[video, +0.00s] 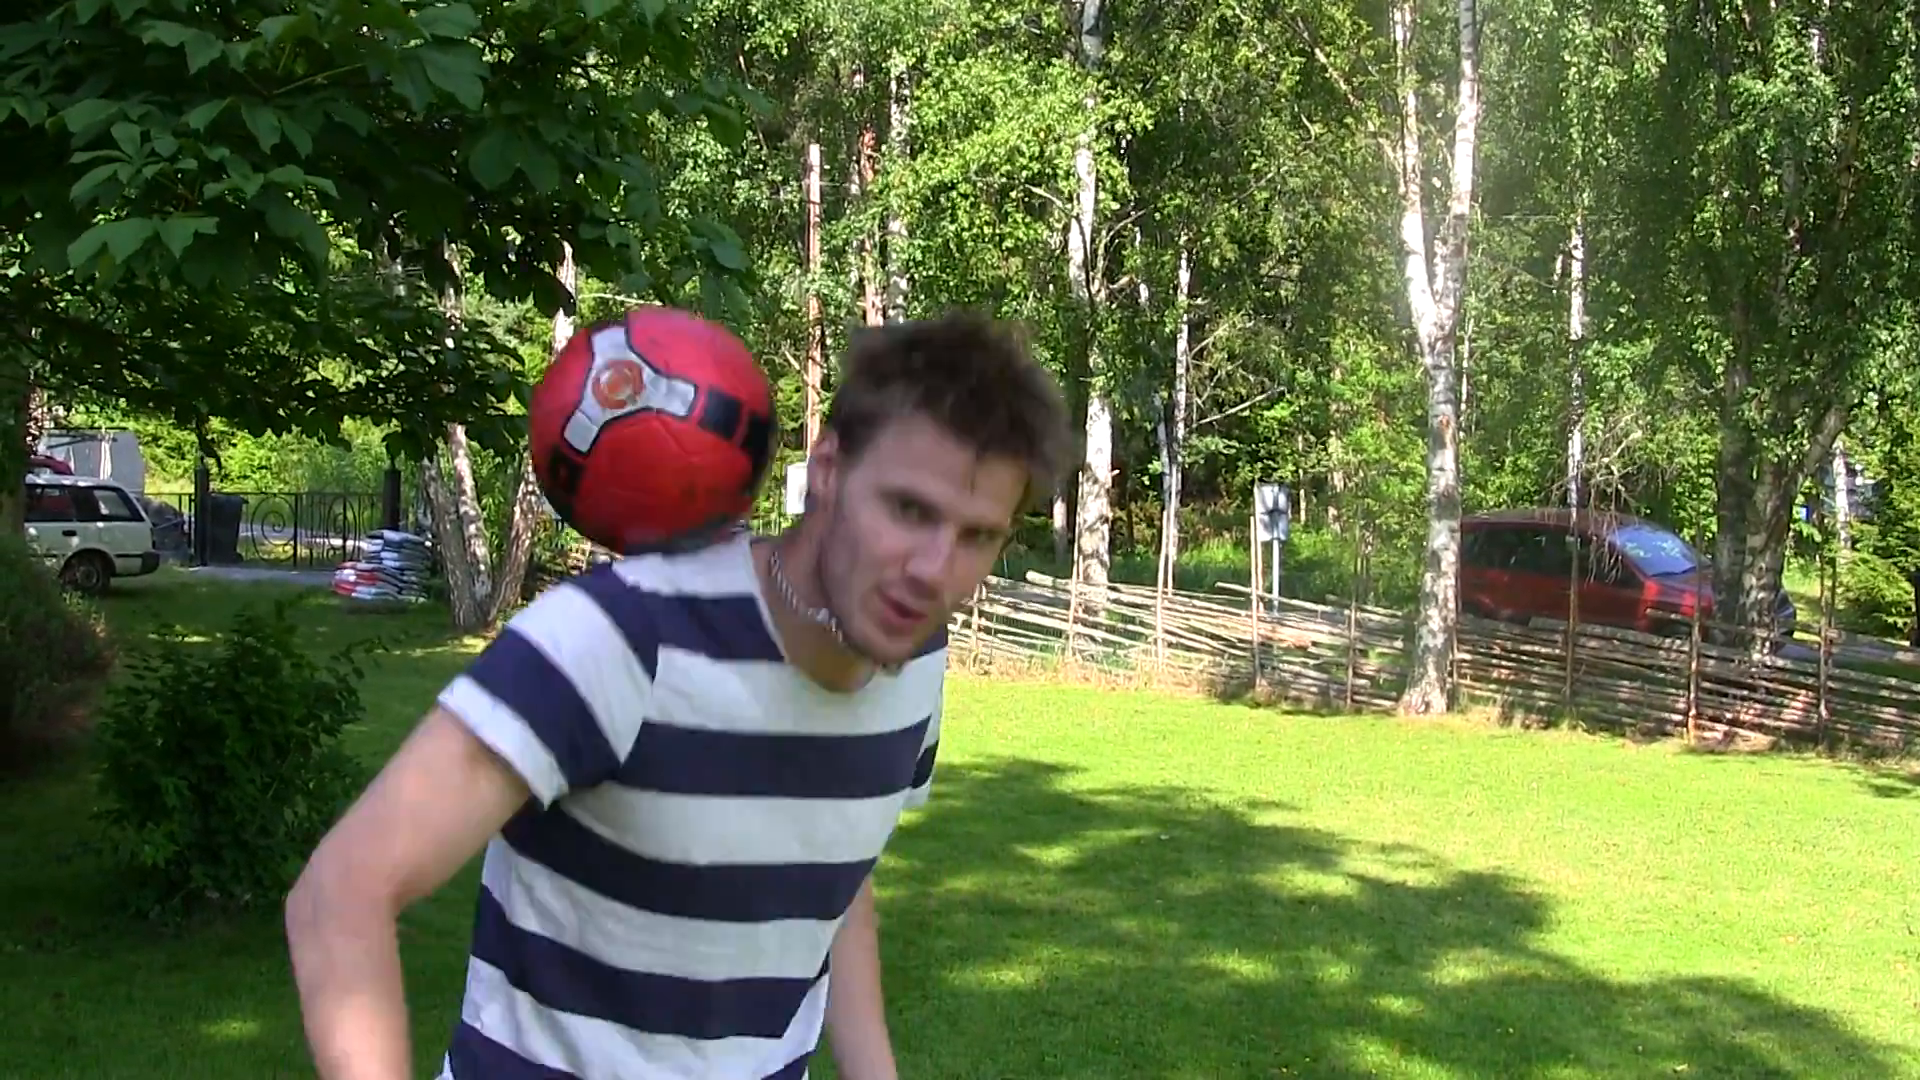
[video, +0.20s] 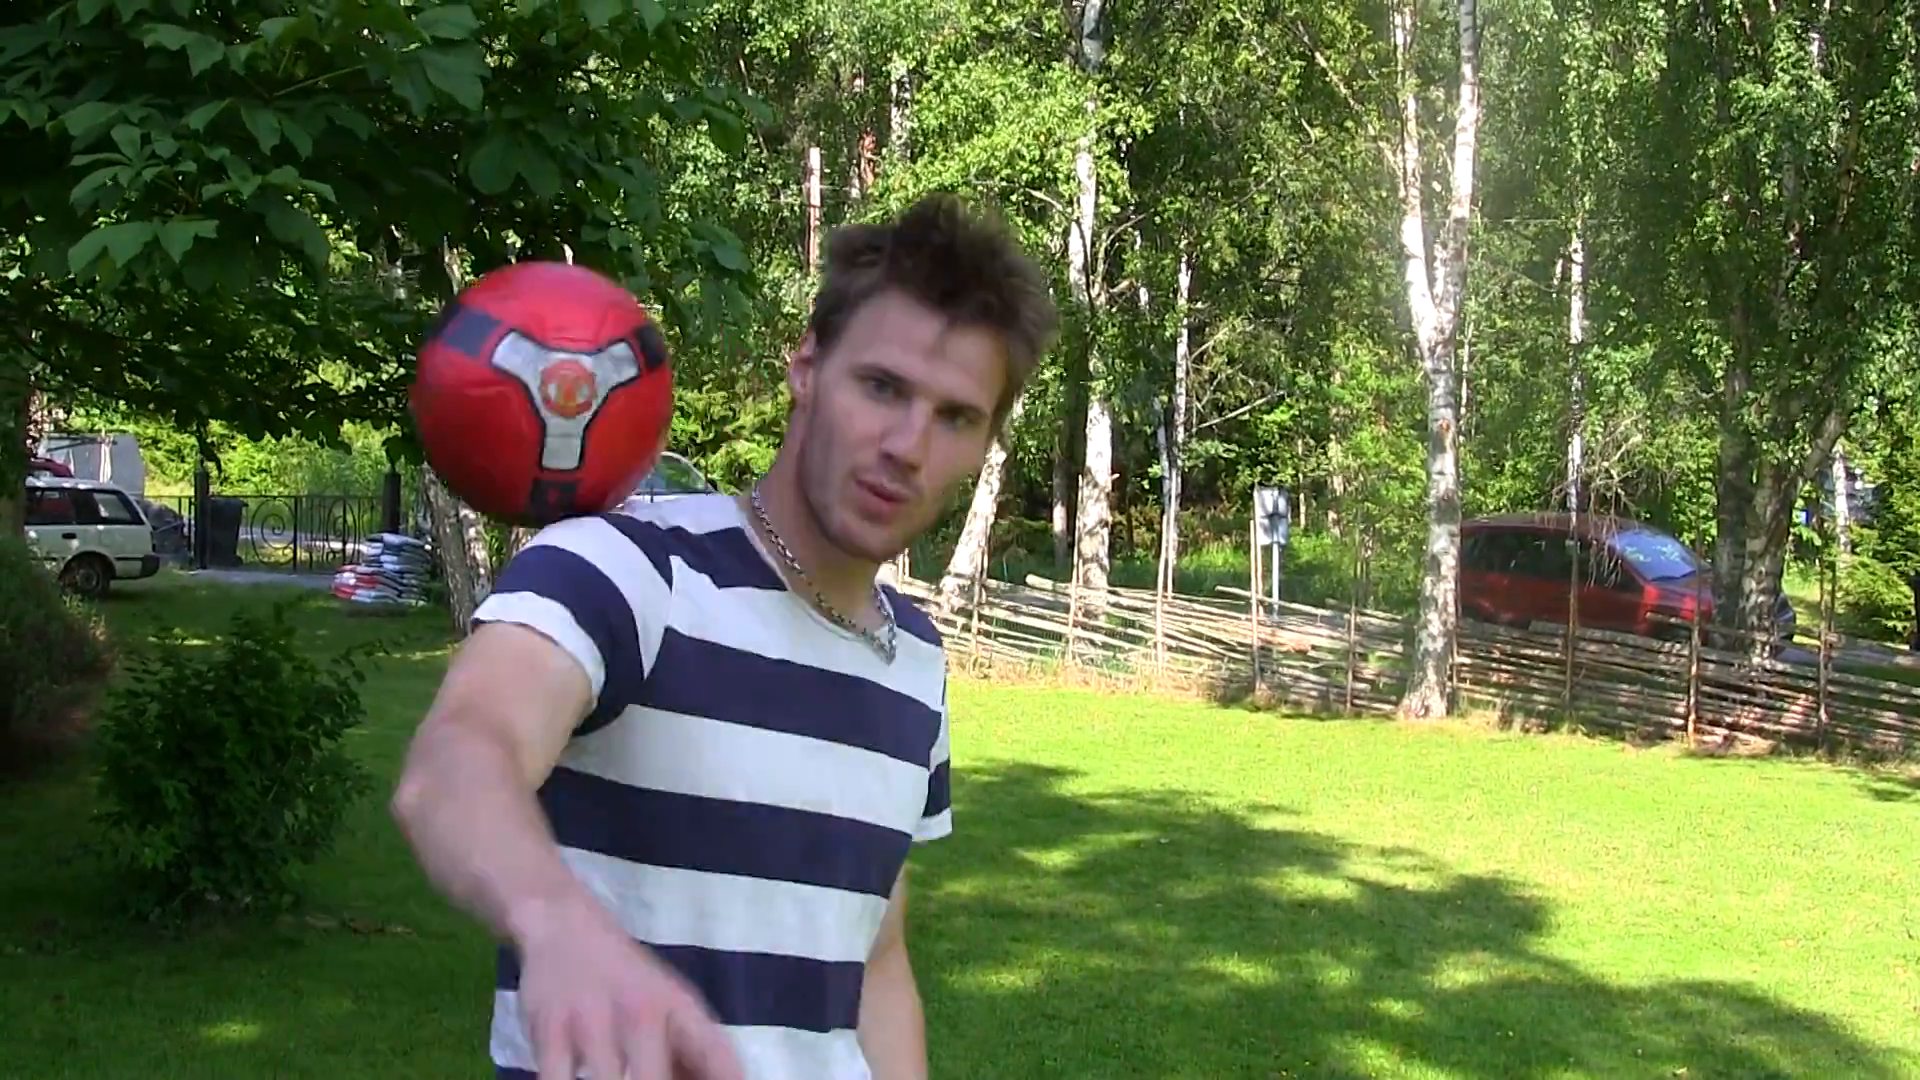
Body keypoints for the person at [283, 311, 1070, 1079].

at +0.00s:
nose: (934, 572)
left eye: (977, 538)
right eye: (909, 510)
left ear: (1001, 549)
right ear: (826, 472)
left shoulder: (916, 662)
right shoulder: (622, 631)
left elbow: (839, 890)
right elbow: (337, 899)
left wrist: (873, 1071)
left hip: (766, 1068)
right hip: (544, 1065)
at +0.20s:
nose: (908, 445)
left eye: (956, 417)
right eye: (883, 387)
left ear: (984, 447)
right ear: (806, 369)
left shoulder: (914, 659)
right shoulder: (623, 565)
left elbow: (878, 958)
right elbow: (454, 767)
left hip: (830, 1065)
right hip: (605, 1063)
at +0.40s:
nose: (846, 409)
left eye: (895, 376)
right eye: (813, 354)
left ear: (935, 416)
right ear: (736, 358)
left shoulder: (922, 690)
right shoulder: (589, 573)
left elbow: (912, 979)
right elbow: (552, 649)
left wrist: (964, 1059)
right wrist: (627, 700)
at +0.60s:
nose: (932, 383)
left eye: (980, 342)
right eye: (889, 326)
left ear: (1021, 382)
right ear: (804, 342)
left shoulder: (999, 669)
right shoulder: (668, 570)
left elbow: (990, 990)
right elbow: (640, 704)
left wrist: (1043, 1056)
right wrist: (737, 777)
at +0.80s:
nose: (1125, 406)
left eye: (1173, 363)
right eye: (1079, 343)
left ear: (1206, 396)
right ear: (977, 352)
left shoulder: (1150, 694)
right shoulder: (816, 626)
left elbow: (1128, 1028)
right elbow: (702, 1029)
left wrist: (1162, 1061)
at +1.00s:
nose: (1223, 419)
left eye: (1267, 371)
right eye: (1170, 359)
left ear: (1305, 403)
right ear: (1069, 378)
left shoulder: (1250, 707)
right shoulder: (913, 681)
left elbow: (1224, 1042)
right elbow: (799, 1065)